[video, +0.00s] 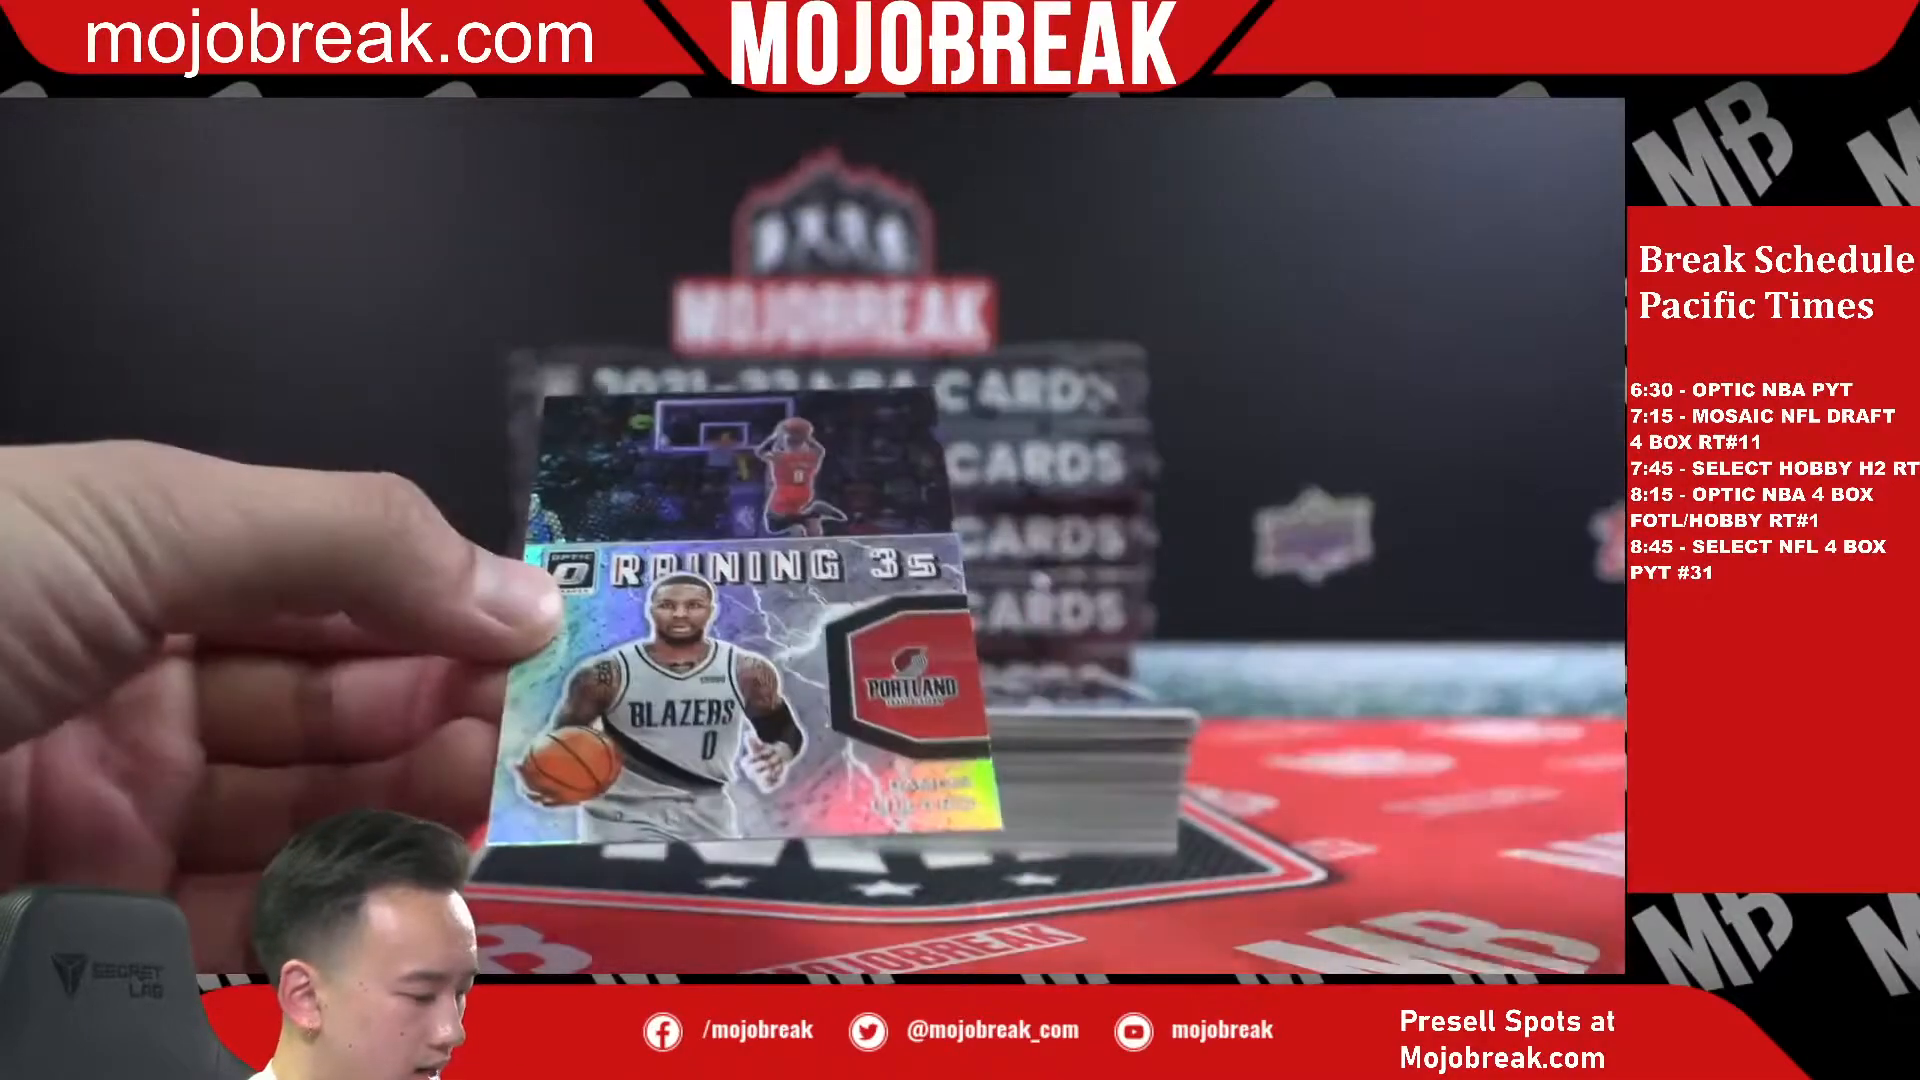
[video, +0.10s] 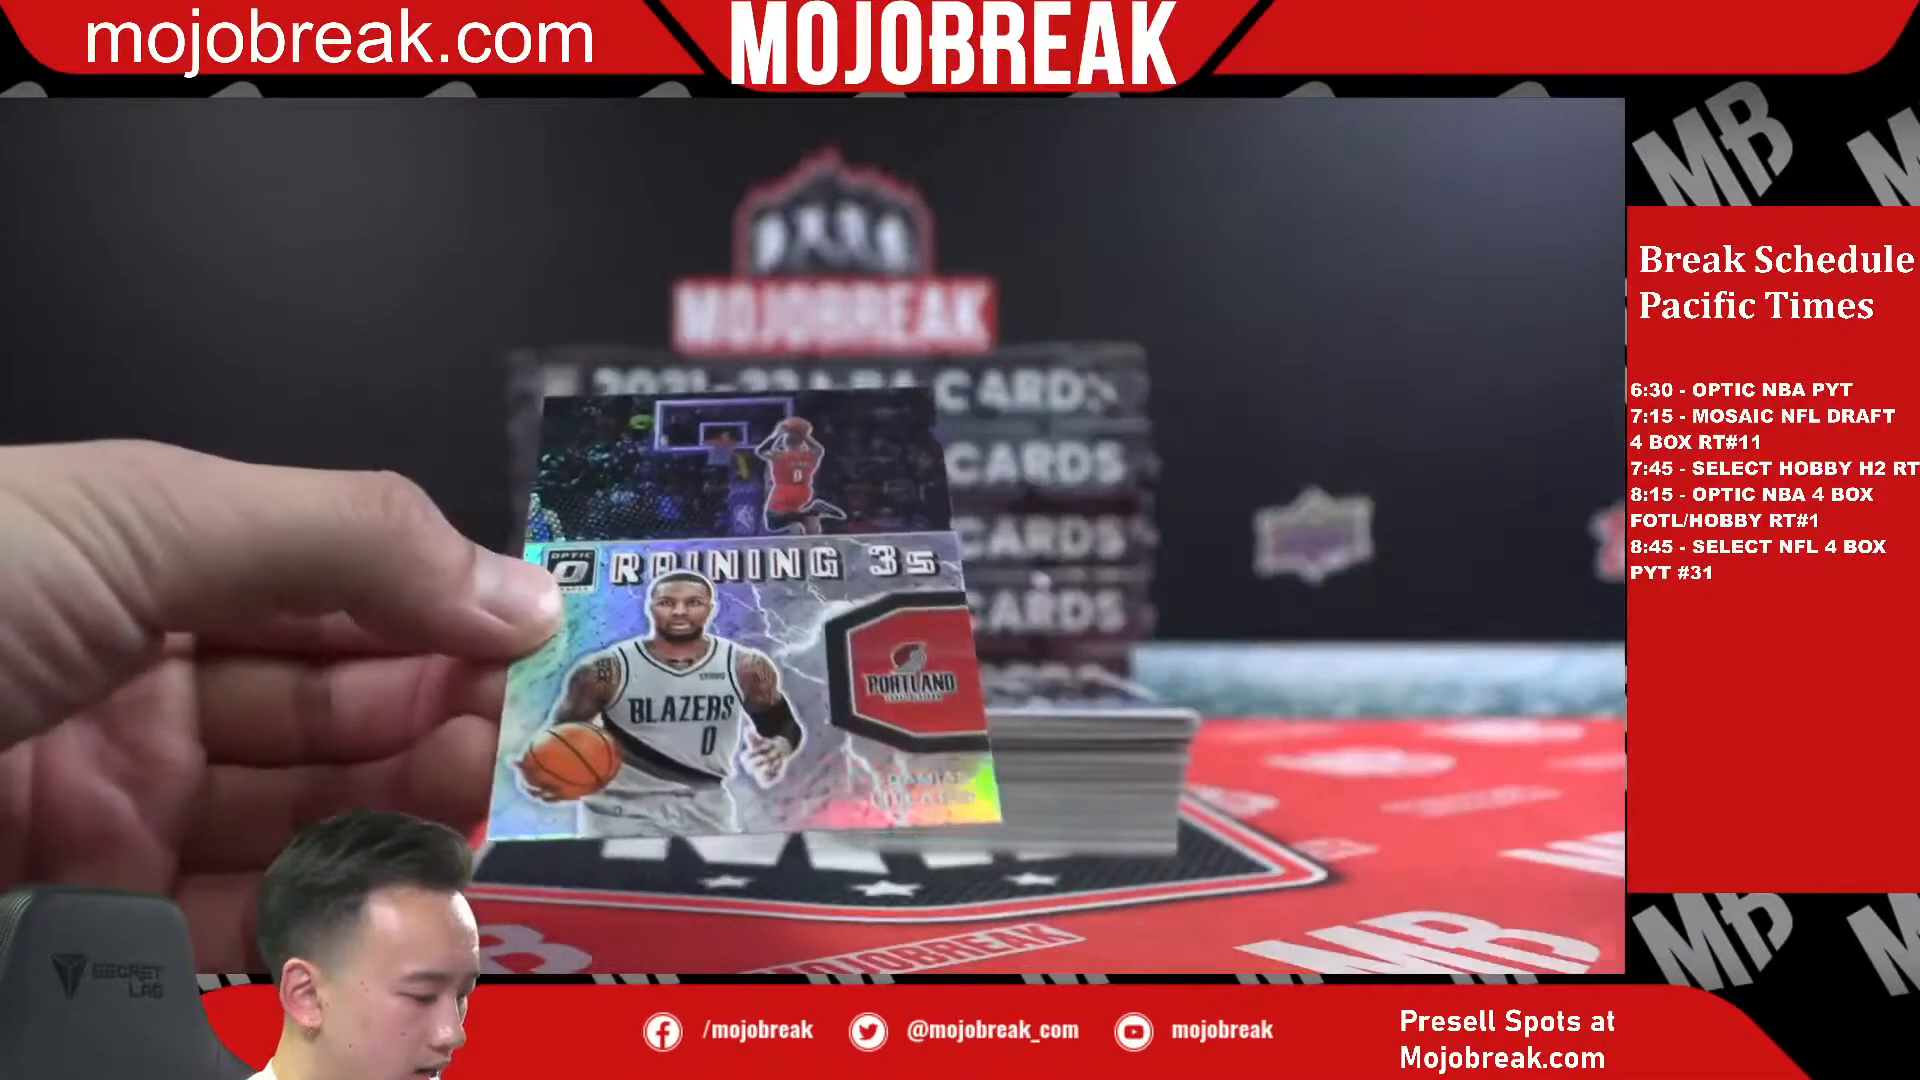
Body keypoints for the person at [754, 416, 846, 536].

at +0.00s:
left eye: (786, 437)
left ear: (786, 440)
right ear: (806, 440)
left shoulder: (777, 457)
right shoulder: (814, 457)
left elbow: (759, 452)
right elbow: (821, 450)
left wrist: (774, 436)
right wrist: (808, 437)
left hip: (782, 499)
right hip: (805, 500)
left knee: (772, 527)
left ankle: (795, 530)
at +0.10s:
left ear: (785, 444)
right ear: (803, 443)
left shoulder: (777, 457)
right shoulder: (812, 457)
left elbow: (759, 451)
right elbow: (820, 449)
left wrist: (775, 435)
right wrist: (806, 436)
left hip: (782, 493)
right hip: (803, 493)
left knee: (772, 525)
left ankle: (793, 528)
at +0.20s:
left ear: (786, 447)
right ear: (804, 447)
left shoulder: (778, 459)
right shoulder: (813, 459)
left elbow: (760, 454)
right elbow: (821, 452)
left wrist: (776, 437)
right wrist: (808, 439)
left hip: (783, 494)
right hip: (805, 494)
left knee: (772, 528)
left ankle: (792, 531)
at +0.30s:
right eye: (802, 443)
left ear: (784, 445)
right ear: (802, 445)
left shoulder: (776, 456)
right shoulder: (810, 457)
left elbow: (758, 451)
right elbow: (819, 449)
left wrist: (774, 435)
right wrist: (805, 436)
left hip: (781, 491)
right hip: (803, 492)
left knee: (770, 526)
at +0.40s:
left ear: (786, 443)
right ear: (804, 444)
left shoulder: (778, 455)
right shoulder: (813, 456)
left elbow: (760, 450)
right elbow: (821, 448)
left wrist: (776, 434)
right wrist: (808, 434)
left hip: (783, 491)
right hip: (805, 491)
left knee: (772, 526)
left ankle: (792, 530)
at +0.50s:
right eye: (804, 442)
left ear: (785, 442)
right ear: (803, 443)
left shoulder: (777, 454)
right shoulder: (811, 455)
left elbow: (759, 449)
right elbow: (820, 447)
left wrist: (775, 432)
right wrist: (806, 433)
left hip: (782, 490)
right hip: (804, 491)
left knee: (771, 526)